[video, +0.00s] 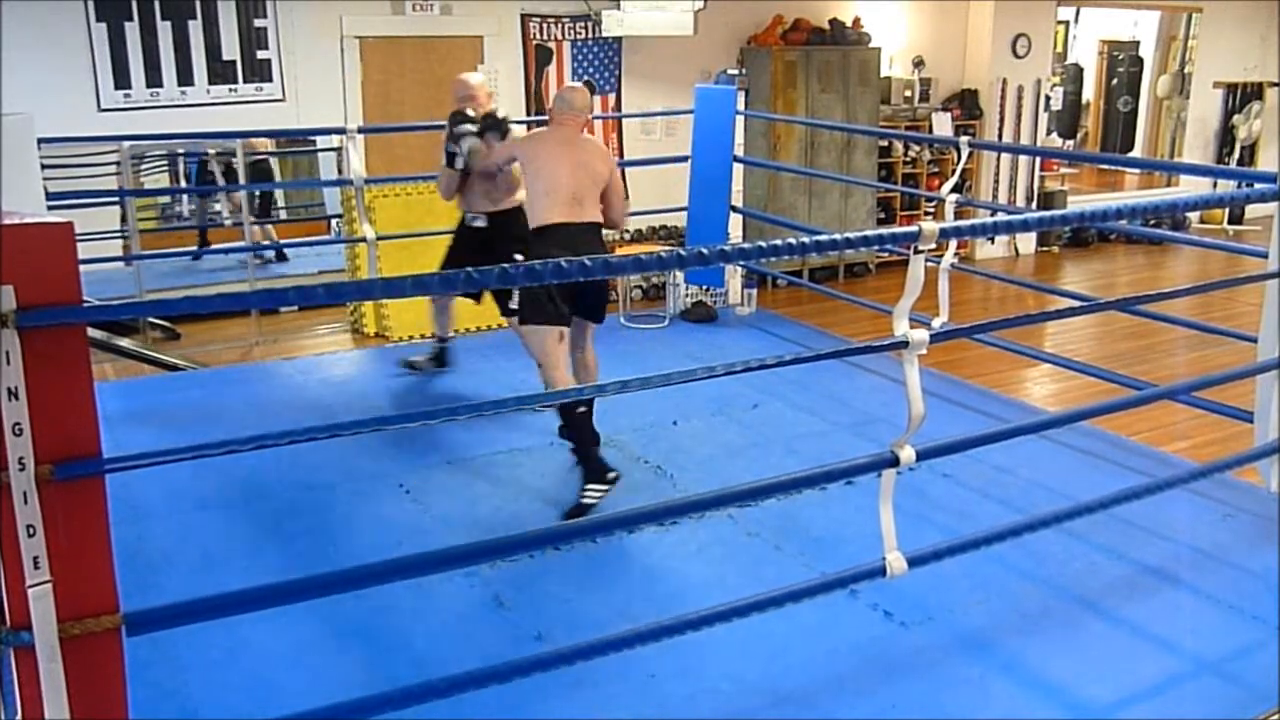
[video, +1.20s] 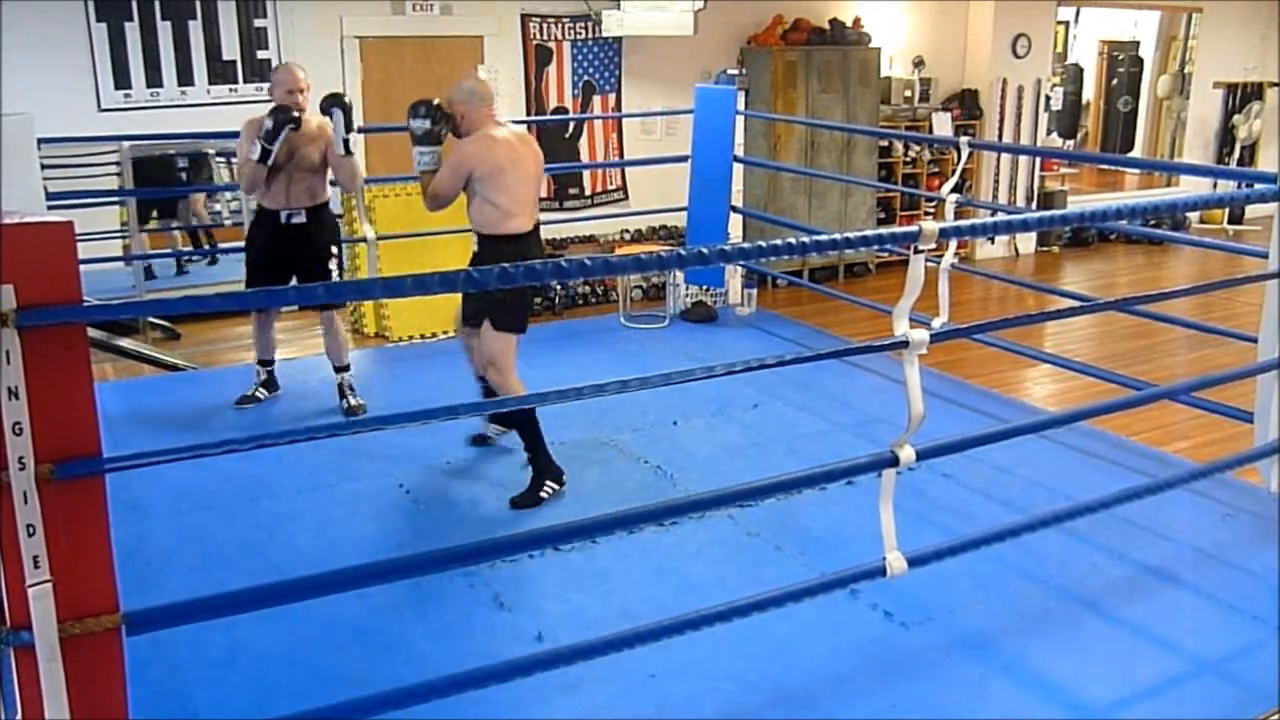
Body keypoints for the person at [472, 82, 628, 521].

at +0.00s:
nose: (555, 113)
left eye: (553, 107)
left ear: (551, 111)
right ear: (586, 117)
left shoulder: (526, 144)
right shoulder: (602, 155)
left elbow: (488, 160)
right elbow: (617, 218)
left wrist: (479, 132)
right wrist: (582, 203)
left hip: (545, 252)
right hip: (592, 251)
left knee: (553, 365)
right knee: (582, 345)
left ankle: (595, 469)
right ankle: (582, 425)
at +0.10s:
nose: (543, 114)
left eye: (546, 109)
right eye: (551, 109)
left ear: (550, 114)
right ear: (583, 119)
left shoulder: (528, 149)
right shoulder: (600, 154)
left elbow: (490, 176)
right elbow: (621, 214)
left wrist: (486, 156)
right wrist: (590, 194)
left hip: (547, 253)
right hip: (592, 251)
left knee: (566, 361)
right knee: (587, 344)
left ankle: (607, 463)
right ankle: (583, 423)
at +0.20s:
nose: (544, 116)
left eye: (543, 110)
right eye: (571, 112)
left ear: (540, 114)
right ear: (577, 117)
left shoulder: (524, 150)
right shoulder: (598, 148)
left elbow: (492, 213)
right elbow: (619, 207)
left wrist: (510, 211)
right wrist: (583, 197)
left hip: (549, 249)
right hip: (596, 246)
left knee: (562, 358)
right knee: (589, 344)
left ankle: (606, 458)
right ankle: (582, 422)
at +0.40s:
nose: (505, 121)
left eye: (504, 115)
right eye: (505, 115)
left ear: (510, 113)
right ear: (541, 104)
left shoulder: (519, 148)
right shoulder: (577, 135)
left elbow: (514, 218)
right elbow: (608, 193)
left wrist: (489, 200)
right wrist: (563, 193)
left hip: (556, 245)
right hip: (596, 237)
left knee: (548, 357)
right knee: (581, 339)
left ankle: (594, 458)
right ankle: (582, 421)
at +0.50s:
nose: (496, 129)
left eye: (496, 121)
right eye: (494, 122)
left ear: (510, 114)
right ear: (529, 106)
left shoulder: (526, 150)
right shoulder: (567, 135)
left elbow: (507, 220)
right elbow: (555, 199)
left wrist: (484, 182)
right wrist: (501, 175)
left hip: (560, 252)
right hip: (588, 241)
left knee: (549, 362)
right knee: (568, 341)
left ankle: (585, 470)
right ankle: (585, 420)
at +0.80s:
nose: (479, 119)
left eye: (480, 111)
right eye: (477, 112)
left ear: (498, 105)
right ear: (510, 101)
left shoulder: (508, 148)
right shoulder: (550, 132)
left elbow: (490, 219)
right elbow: (541, 195)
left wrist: (469, 191)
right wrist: (490, 182)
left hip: (536, 251)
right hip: (559, 242)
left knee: (548, 361)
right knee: (525, 337)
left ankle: (586, 470)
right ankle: (532, 415)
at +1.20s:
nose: (451, 123)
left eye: (454, 115)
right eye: (450, 115)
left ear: (471, 111)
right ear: (490, 106)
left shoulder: (471, 148)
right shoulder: (525, 140)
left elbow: (434, 200)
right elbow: (534, 191)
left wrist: (434, 152)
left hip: (498, 256)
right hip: (526, 249)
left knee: (496, 368)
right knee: (469, 333)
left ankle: (546, 469)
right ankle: (500, 413)